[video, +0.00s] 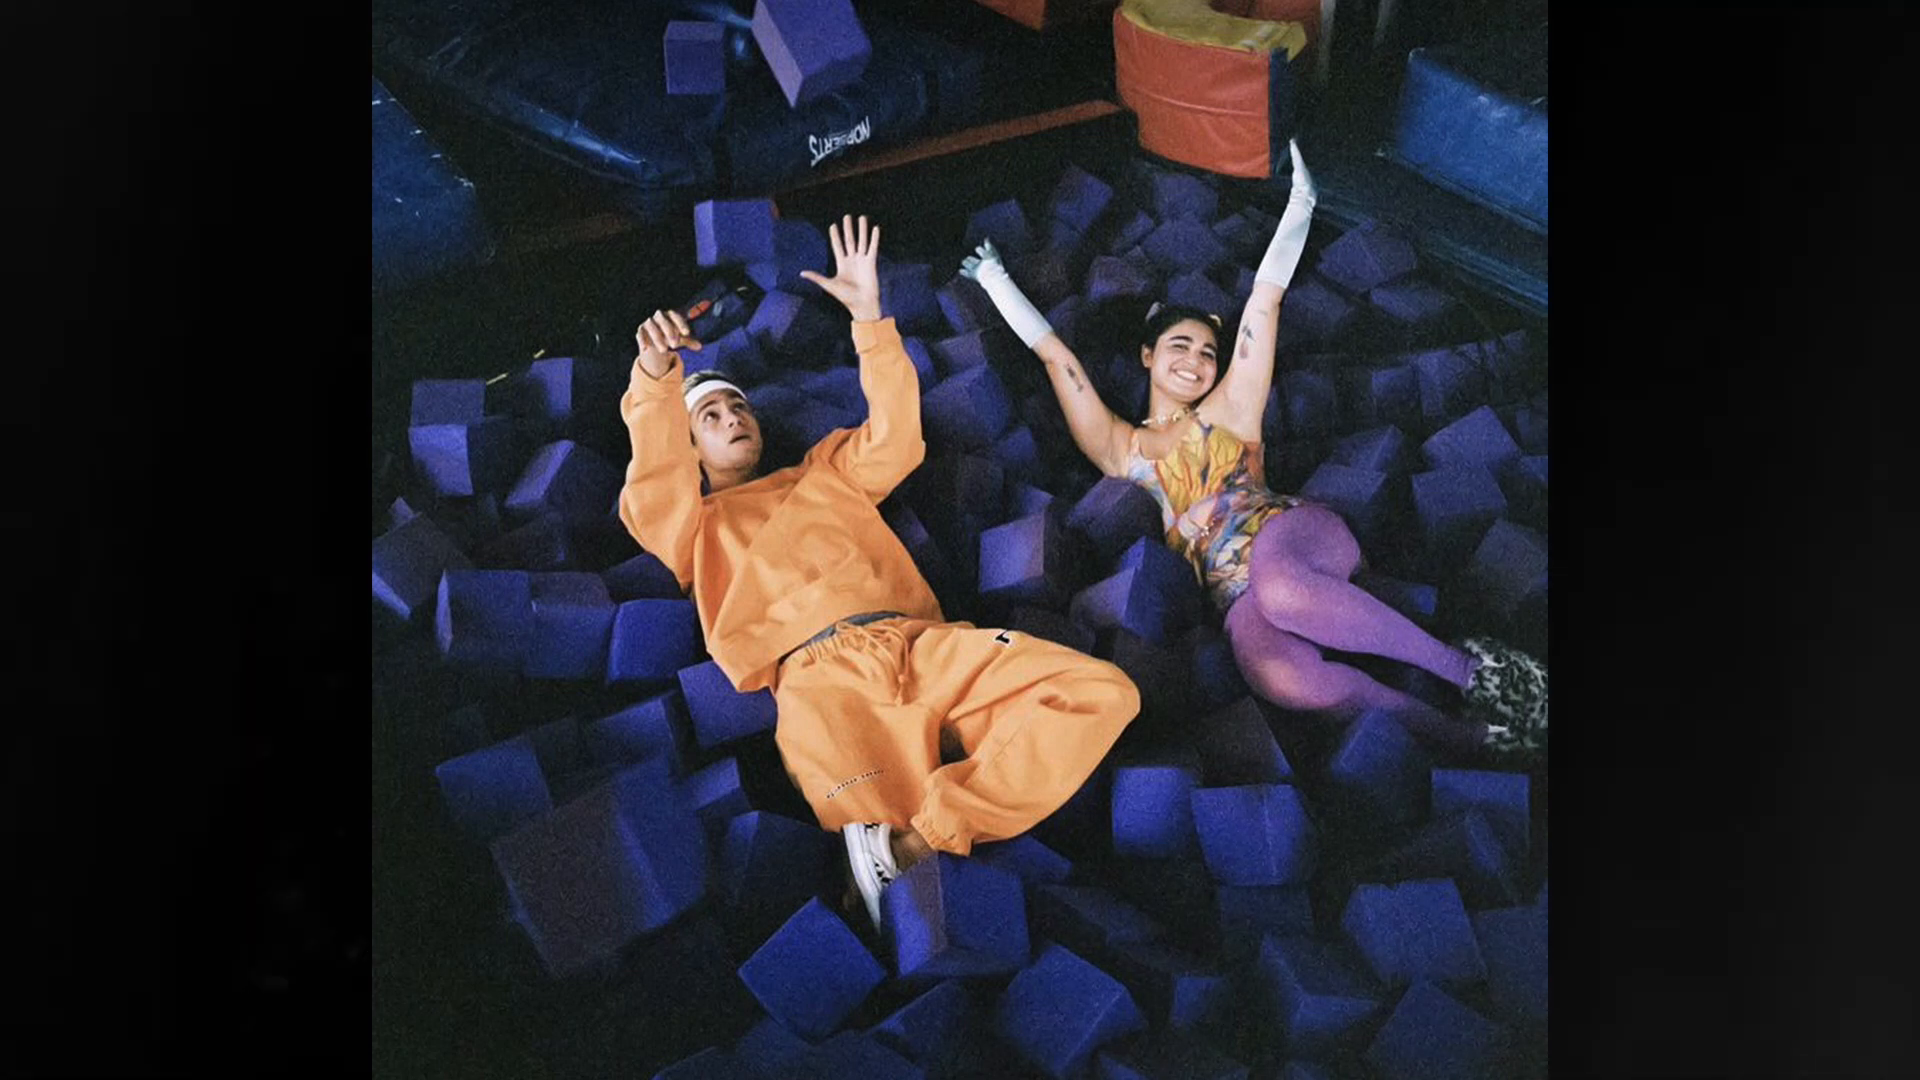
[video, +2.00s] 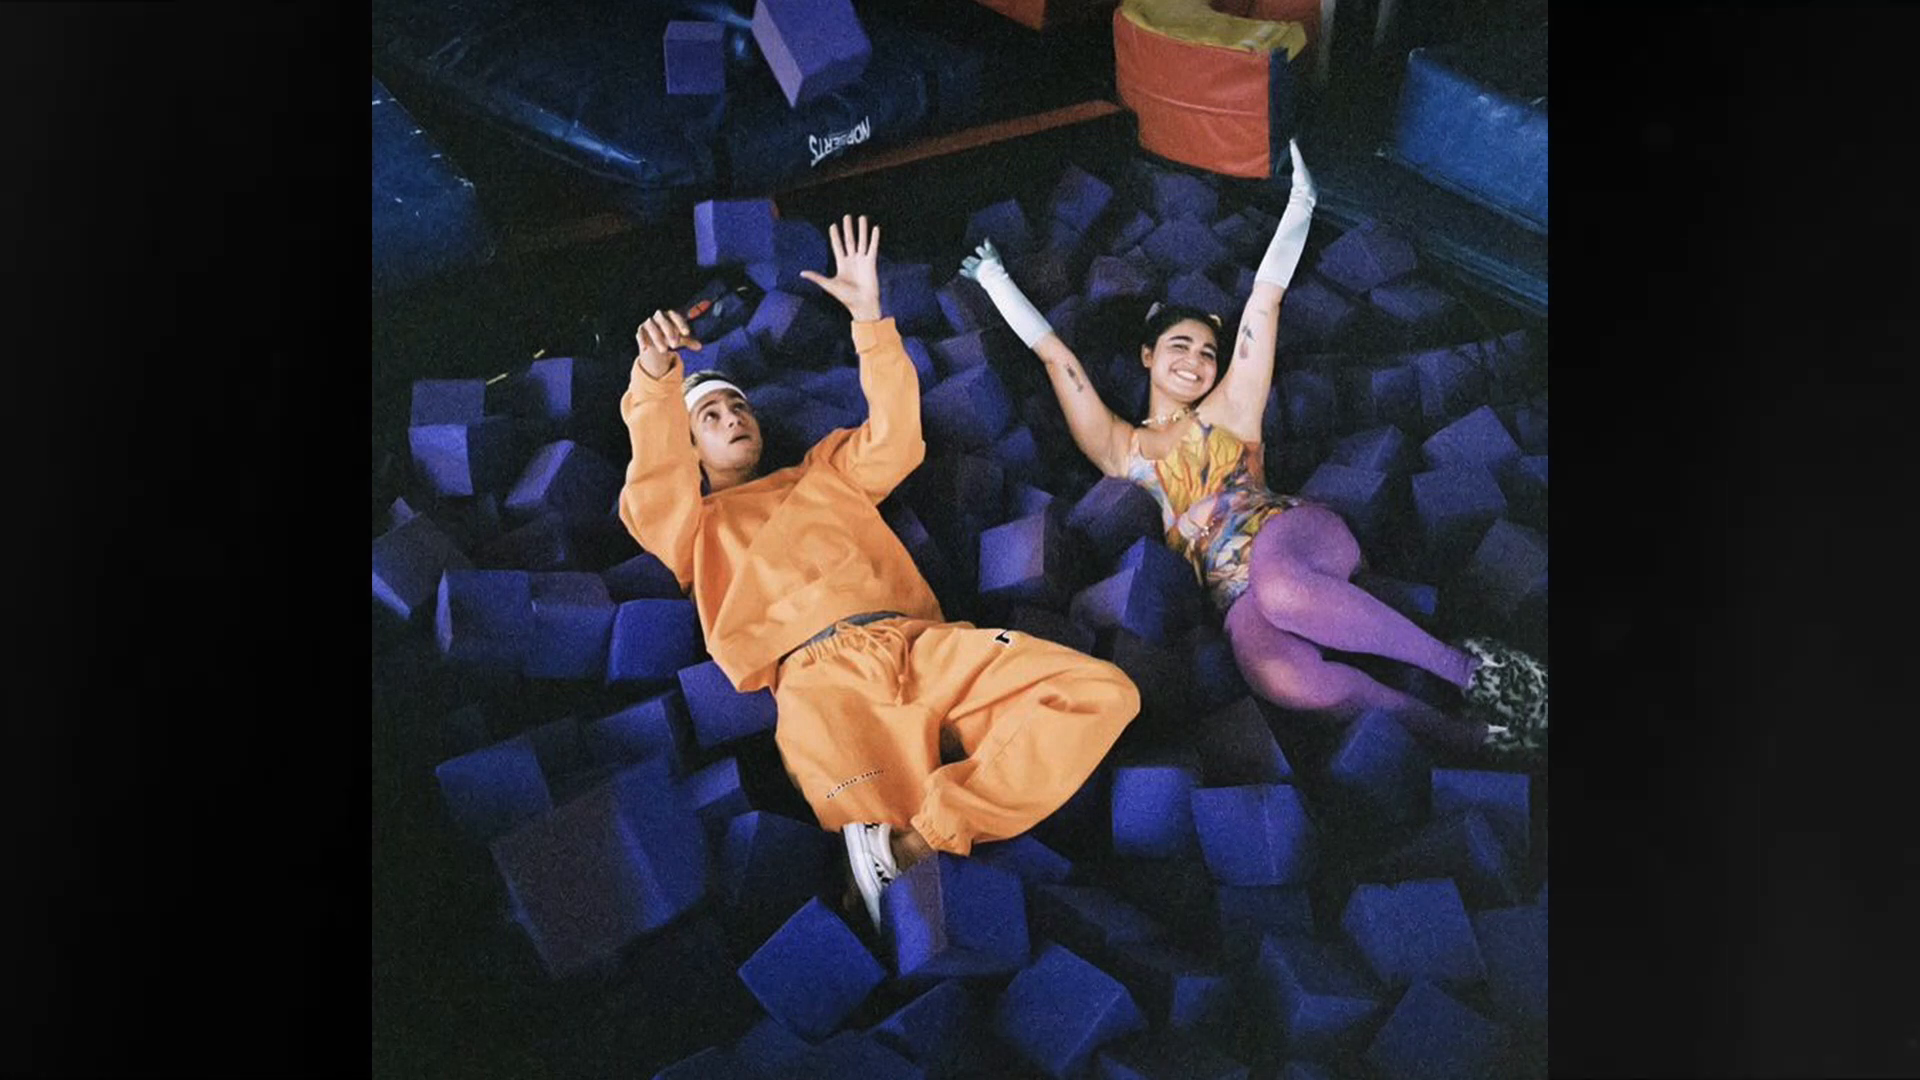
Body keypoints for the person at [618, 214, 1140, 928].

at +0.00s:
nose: (730, 418)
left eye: (738, 407)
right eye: (709, 415)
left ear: (761, 426)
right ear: (688, 449)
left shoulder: (827, 468)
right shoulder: (696, 525)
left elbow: (895, 435)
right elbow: (654, 477)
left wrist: (868, 317)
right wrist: (655, 374)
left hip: (917, 640)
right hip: (819, 673)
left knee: (1094, 693)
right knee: (880, 826)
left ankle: (915, 841)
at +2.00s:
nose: (730, 418)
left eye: (738, 407)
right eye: (709, 415)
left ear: (761, 426)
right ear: (688, 448)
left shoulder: (827, 468)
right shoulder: (695, 525)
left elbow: (895, 435)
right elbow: (654, 477)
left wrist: (868, 317)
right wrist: (655, 373)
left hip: (918, 640)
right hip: (819, 673)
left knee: (1094, 692)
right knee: (881, 828)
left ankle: (917, 841)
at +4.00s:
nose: (731, 418)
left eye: (738, 407)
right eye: (709, 415)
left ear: (760, 425)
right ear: (688, 449)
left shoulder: (827, 468)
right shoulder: (696, 525)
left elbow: (895, 436)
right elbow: (655, 476)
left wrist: (868, 317)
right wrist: (655, 373)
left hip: (918, 641)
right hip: (820, 673)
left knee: (1094, 692)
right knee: (883, 831)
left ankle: (916, 841)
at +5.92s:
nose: (731, 418)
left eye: (738, 407)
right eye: (709, 415)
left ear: (760, 425)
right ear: (688, 449)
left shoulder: (827, 468)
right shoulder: (696, 525)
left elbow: (895, 436)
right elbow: (655, 476)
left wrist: (868, 317)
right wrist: (655, 373)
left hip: (918, 641)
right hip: (820, 673)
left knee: (1094, 692)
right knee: (883, 831)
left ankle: (916, 841)